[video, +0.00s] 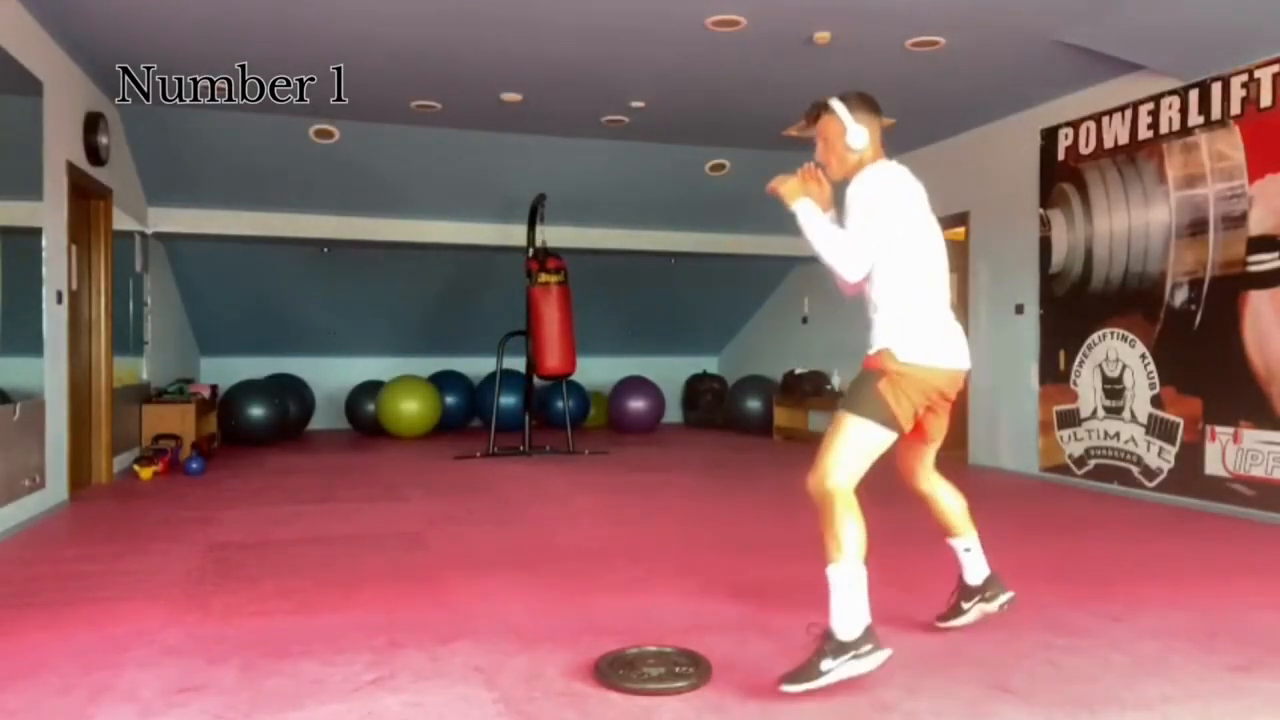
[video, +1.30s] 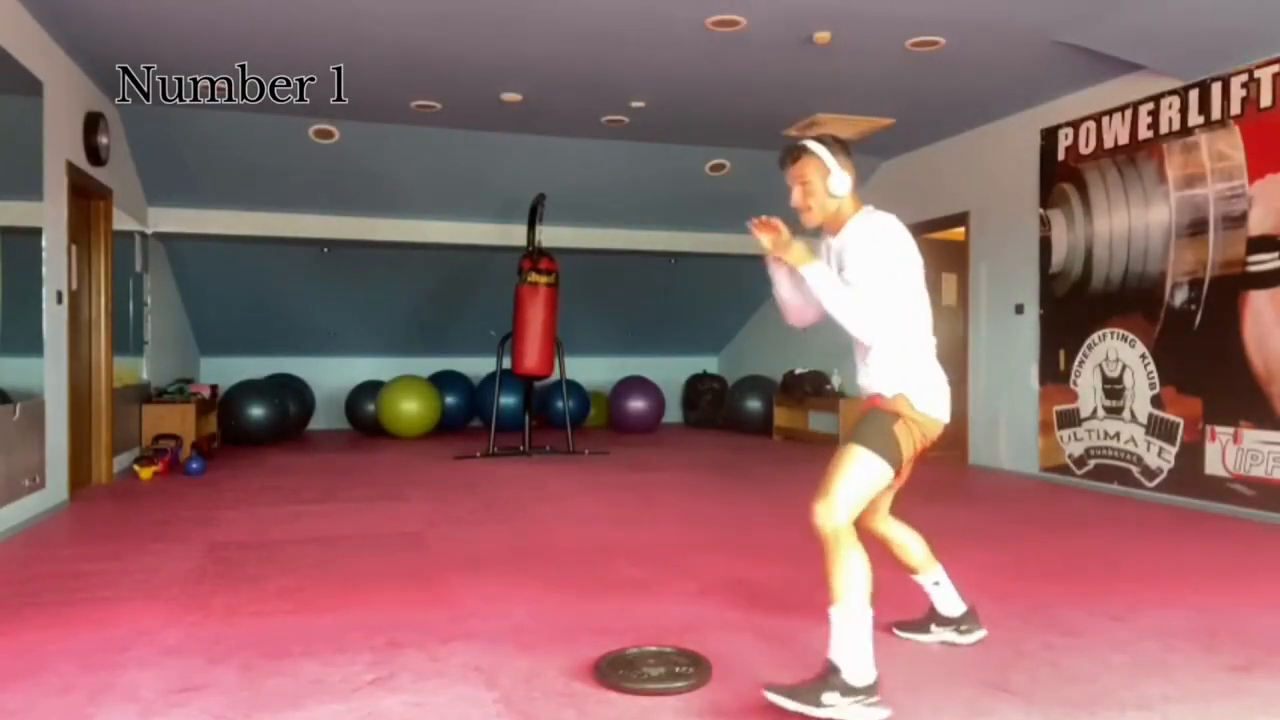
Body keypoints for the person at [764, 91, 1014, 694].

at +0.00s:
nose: (818, 153)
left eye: (823, 140)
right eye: (817, 142)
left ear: (854, 135)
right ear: (869, 137)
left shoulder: (869, 186)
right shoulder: (905, 183)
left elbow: (851, 267)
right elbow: (869, 269)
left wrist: (804, 207)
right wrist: (829, 205)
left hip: (907, 358)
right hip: (947, 360)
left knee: (830, 480)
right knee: (919, 467)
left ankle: (852, 636)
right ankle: (981, 582)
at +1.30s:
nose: (797, 199)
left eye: (805, 185)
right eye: (792, 188)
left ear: (839, 178)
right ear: (799, 191)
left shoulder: (877, 232)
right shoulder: (830, 244)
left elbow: (872, 322)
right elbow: (802, 314)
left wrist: (805, 262)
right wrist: (777, 258)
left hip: (908, 395)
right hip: (887, 393)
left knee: (831, 514)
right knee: (874, 518)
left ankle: (852, 676)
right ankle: (955, 613)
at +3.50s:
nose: (238, 82)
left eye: (243, 69)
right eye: (232, 64)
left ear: (221, 66)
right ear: (181, 47)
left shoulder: (199, 138)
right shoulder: (84, 110)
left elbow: (224, 250)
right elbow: (138, 231)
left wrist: (279, 191)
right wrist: (219, 144)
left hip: (176, 350)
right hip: (90, 358)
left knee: (237, 502)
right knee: (70, 536)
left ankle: (154, 624)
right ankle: (18, 705)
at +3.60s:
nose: (263, 81)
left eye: (269, 69)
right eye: (257, 64)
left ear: (236, 57)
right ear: (214, 47)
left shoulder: (216, 133)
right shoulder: (114, 105)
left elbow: (242, 245)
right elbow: (166, 223)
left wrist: (294, 189)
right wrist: (245, 140)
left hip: (194, 340)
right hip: (107, 350)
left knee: (268, 481)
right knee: (78, 523)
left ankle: (244, 620)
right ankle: (20, 691)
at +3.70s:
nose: (292, 113)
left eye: (295, 97)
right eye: (281, 91)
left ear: (247, 96)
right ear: (230, 85)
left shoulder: (243, 180)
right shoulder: (143, 147)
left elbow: (250, 285)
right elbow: (203, 256)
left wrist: (308, 231)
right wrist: (275, 180)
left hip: (211, 369)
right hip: (126, 377)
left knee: (302, 496)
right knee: (86, 549)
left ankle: (332, 627)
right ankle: (12, 693)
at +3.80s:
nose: (323, 152)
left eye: (325, 138)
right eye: (313, 137)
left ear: (274, 140)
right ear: (266, 135)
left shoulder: (277, 228)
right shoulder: (185, 196)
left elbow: (278, 326)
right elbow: (239, 305)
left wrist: (335, 274)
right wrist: (310, 228)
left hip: (247, 410)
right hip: (164, 420)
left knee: (346, 520)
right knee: (106, 581)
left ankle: (392, 635)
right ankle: (16, 703)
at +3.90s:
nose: (366, 147)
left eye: (367, 134)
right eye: (354, 132)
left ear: (338, 143)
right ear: (310, 136)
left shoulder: (338, 226)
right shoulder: (239, 204)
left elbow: (357, 321)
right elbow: (272, 291)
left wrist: (401, 261)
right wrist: (357, 230)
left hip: (320, 413)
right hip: (237, 419)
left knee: (393, 527)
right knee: (154, 558)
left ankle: (400, 646)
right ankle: (31, 696)